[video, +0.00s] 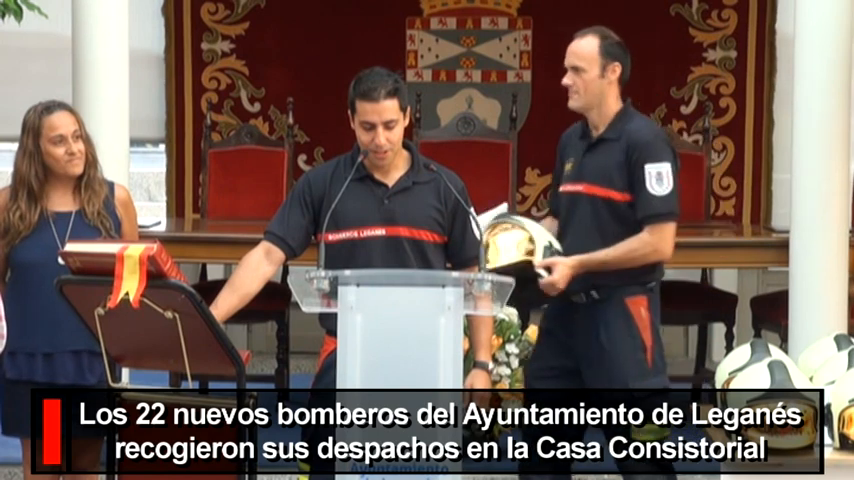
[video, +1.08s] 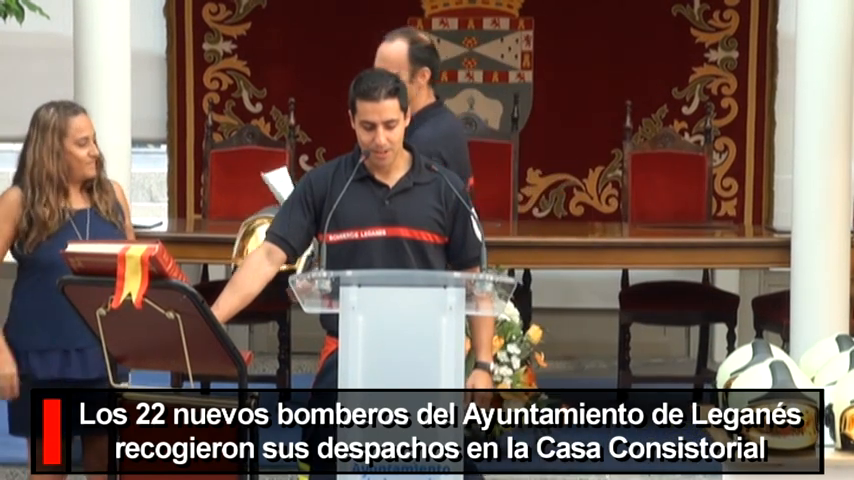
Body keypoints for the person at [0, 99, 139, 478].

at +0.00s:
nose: (74, 148)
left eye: (78, 136)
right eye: (59, 141)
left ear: (86, 139)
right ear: (36, 150)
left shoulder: (115, 199)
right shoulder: (11, 204)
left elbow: (133, 279)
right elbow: (2, 280)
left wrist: (126, 350)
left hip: (92, 362)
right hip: (28, 362)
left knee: (86, 467)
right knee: (41, 469)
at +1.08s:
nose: (95, 151)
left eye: (94, 140)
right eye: (83, 143)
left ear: (97, 141)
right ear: (52, 151)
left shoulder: (112, 194)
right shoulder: (19, 202)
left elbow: (132, 269)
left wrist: (130, 340)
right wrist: (2, 349)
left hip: (100, 348)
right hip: (38, 350)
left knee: (102, 462)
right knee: (49, 465)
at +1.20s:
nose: (97, 152)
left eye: (97, 141)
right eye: (85, 143)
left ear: (100, 142)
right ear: (55, 149)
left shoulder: (114, 195)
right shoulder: (24, 199)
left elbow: (143, 270)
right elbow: (6, 281)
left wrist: (199, 301)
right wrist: (62, 329)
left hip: (109, 353)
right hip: (46, 355)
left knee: (108, 459)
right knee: (52, 464)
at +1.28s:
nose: (98, 151)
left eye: (98, 140)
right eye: (86, 144)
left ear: (102, 141)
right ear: (56, 151)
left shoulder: (117, 194)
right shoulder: (30, 200)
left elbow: (144, 257)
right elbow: (27, 281)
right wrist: (90, 306)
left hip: (111, 346)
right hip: (53, 349)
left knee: (110, 457)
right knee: (55, 462)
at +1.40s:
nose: (102, 148)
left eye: (102, 138)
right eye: (88, 142)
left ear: (107, 139)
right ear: (61, 150)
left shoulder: (124, 193)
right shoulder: (40, 200)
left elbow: (151, 258)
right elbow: (63, 279)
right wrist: (117, 318)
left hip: (118, 348)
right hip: (61, 349)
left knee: (113, 460)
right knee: (59, 464)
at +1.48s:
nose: (106, 146)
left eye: (107, 137)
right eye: (92, 141)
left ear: (112, 138)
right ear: (65, 149)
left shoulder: (130, 192)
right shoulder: (48, 199)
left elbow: (153, 256)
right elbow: (70, 271)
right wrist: (139, 268)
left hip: (123, 341)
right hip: (67, 342)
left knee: (114, 450)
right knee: (65, 455)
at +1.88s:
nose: (114, 146)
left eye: (119, 136)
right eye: (100, 141)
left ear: (128, 139)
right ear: (80, 150)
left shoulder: (152, 195)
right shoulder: (65, 197)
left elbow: (165, 265)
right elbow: (67, 276)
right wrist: (116, 321)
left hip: (135, 336)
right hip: (76, 336)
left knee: (124, 450)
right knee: (78, 450)